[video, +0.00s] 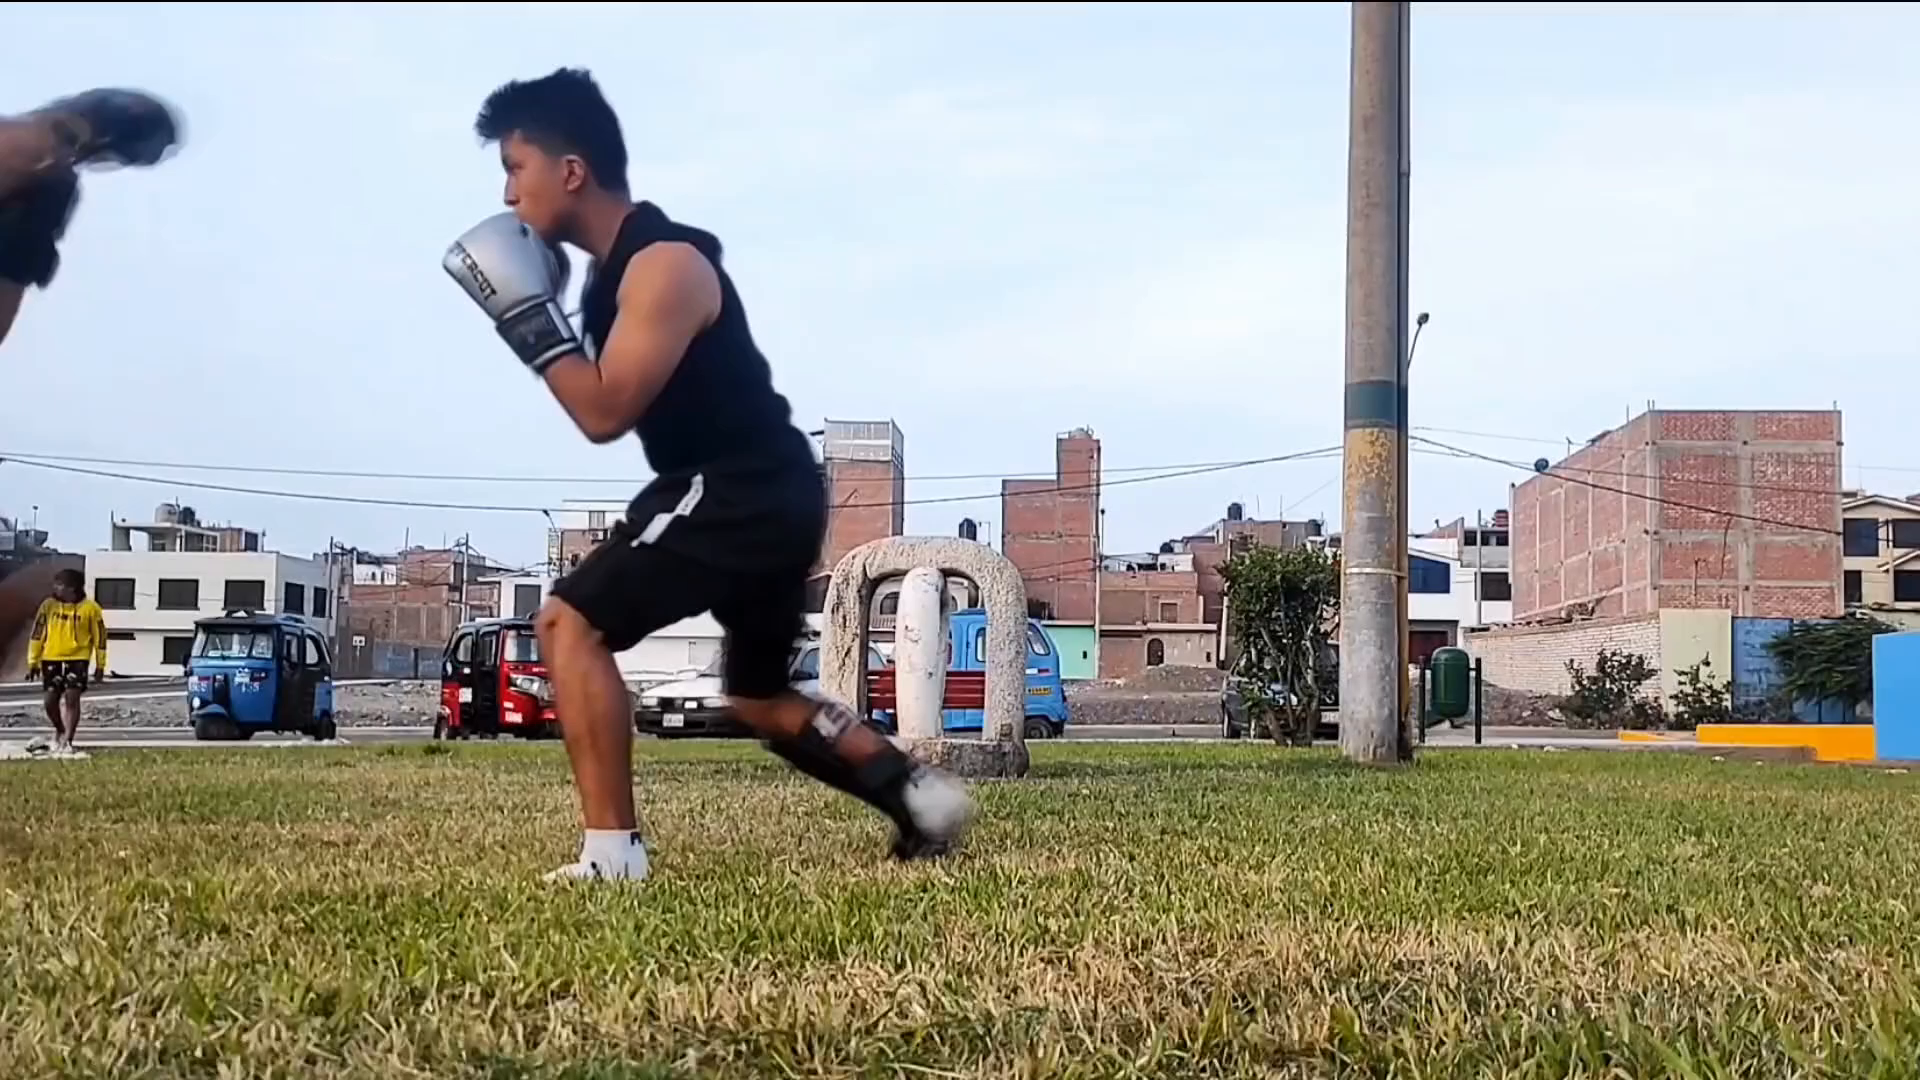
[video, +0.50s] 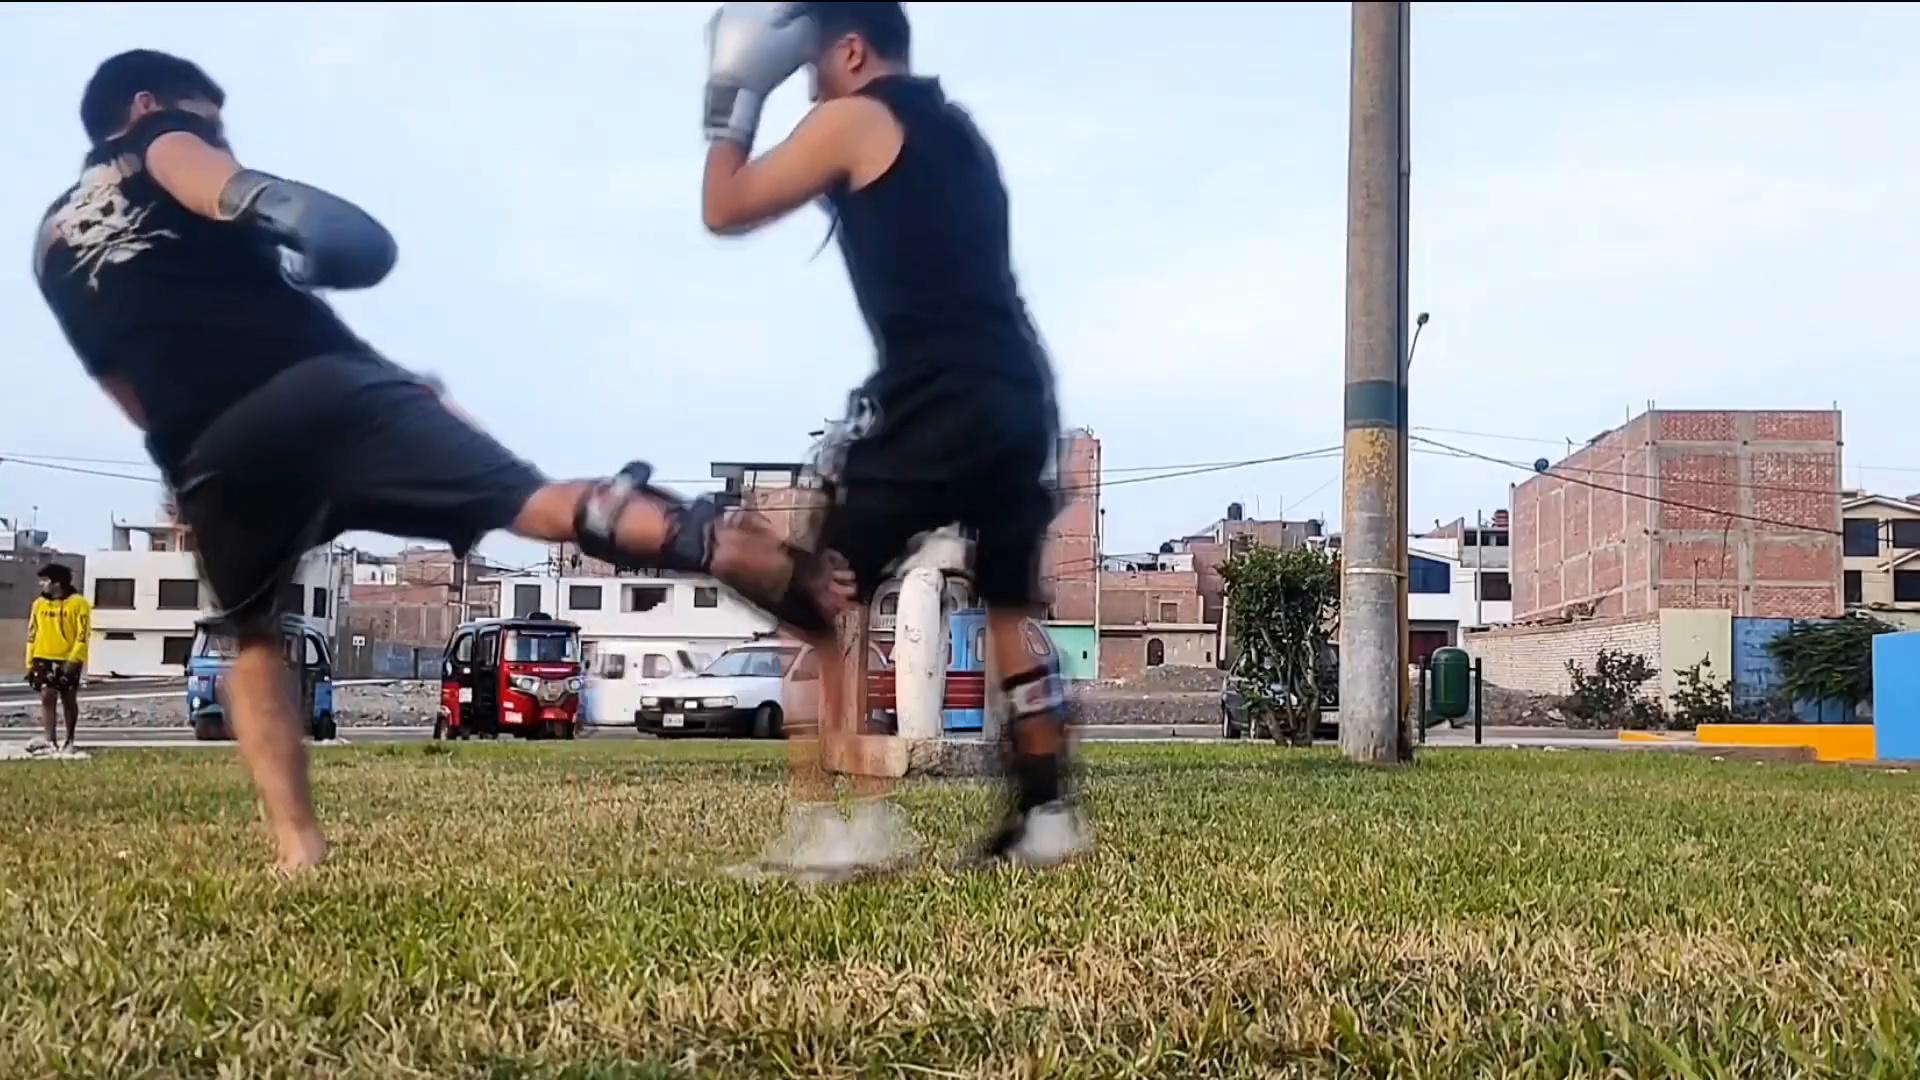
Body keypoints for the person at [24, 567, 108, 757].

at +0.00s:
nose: (55, 589)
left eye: (59, 586)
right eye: (55, 585)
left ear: (73, 588)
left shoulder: (91, 609)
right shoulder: (49, 605)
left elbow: (100, 639)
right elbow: (37, 634)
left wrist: (100, 666)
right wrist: (33, 661)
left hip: (77, 659)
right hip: (52, 659)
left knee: (71, 699)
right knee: (49, 702)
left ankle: (68, 740)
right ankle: (59, 730)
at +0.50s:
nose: (42, 584)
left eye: (46, 581)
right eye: (42, 581)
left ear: (58, 583)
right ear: (53, 583)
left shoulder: (78, 604)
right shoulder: (39, 604)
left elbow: (82, 636)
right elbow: (32, 635)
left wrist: (74, 661)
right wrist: (30, 663)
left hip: (68, 659)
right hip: (44, 658)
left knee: (68, 700)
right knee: (47, 698)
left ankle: (69, 739)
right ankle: (49, 739)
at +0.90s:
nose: (28, 579)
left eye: (32, 575)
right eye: (28, 575)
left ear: (46, 577)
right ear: (34, 578)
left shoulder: (67, 598)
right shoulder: (24, 599)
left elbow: (77, 629)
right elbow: (14, 628)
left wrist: (73, 654)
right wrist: (9, 655)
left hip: (55, 652)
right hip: (31, 653)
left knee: (47, 694)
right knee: (39, 697)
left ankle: (49, 739)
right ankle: (48, 738)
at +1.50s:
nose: (4, 574)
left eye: (8, 571)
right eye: (4, 570)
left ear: (22, 572)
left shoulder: (44, 592)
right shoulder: (3, 591)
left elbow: (52, 625)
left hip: (32, 655)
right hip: (5, 653)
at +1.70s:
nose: (1, 576)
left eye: (3, 571)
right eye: (1, 571)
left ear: (10, 571)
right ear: (8, 571)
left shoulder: (29, 591)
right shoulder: (4, 592)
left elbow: (35, 627)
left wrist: (21, 655)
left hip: (18, 653)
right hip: (4, 652)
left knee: (21, 695)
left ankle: (29, 730)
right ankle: (3, 728)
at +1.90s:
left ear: (2, 564)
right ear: (4, 564)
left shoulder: (13, 585)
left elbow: (19, 624)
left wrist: (8, 652)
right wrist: (8, 651)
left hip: (6, 652)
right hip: (4, 651)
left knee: (5, 699)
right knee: (5, 699)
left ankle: (18, 733)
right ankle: (9, 736)